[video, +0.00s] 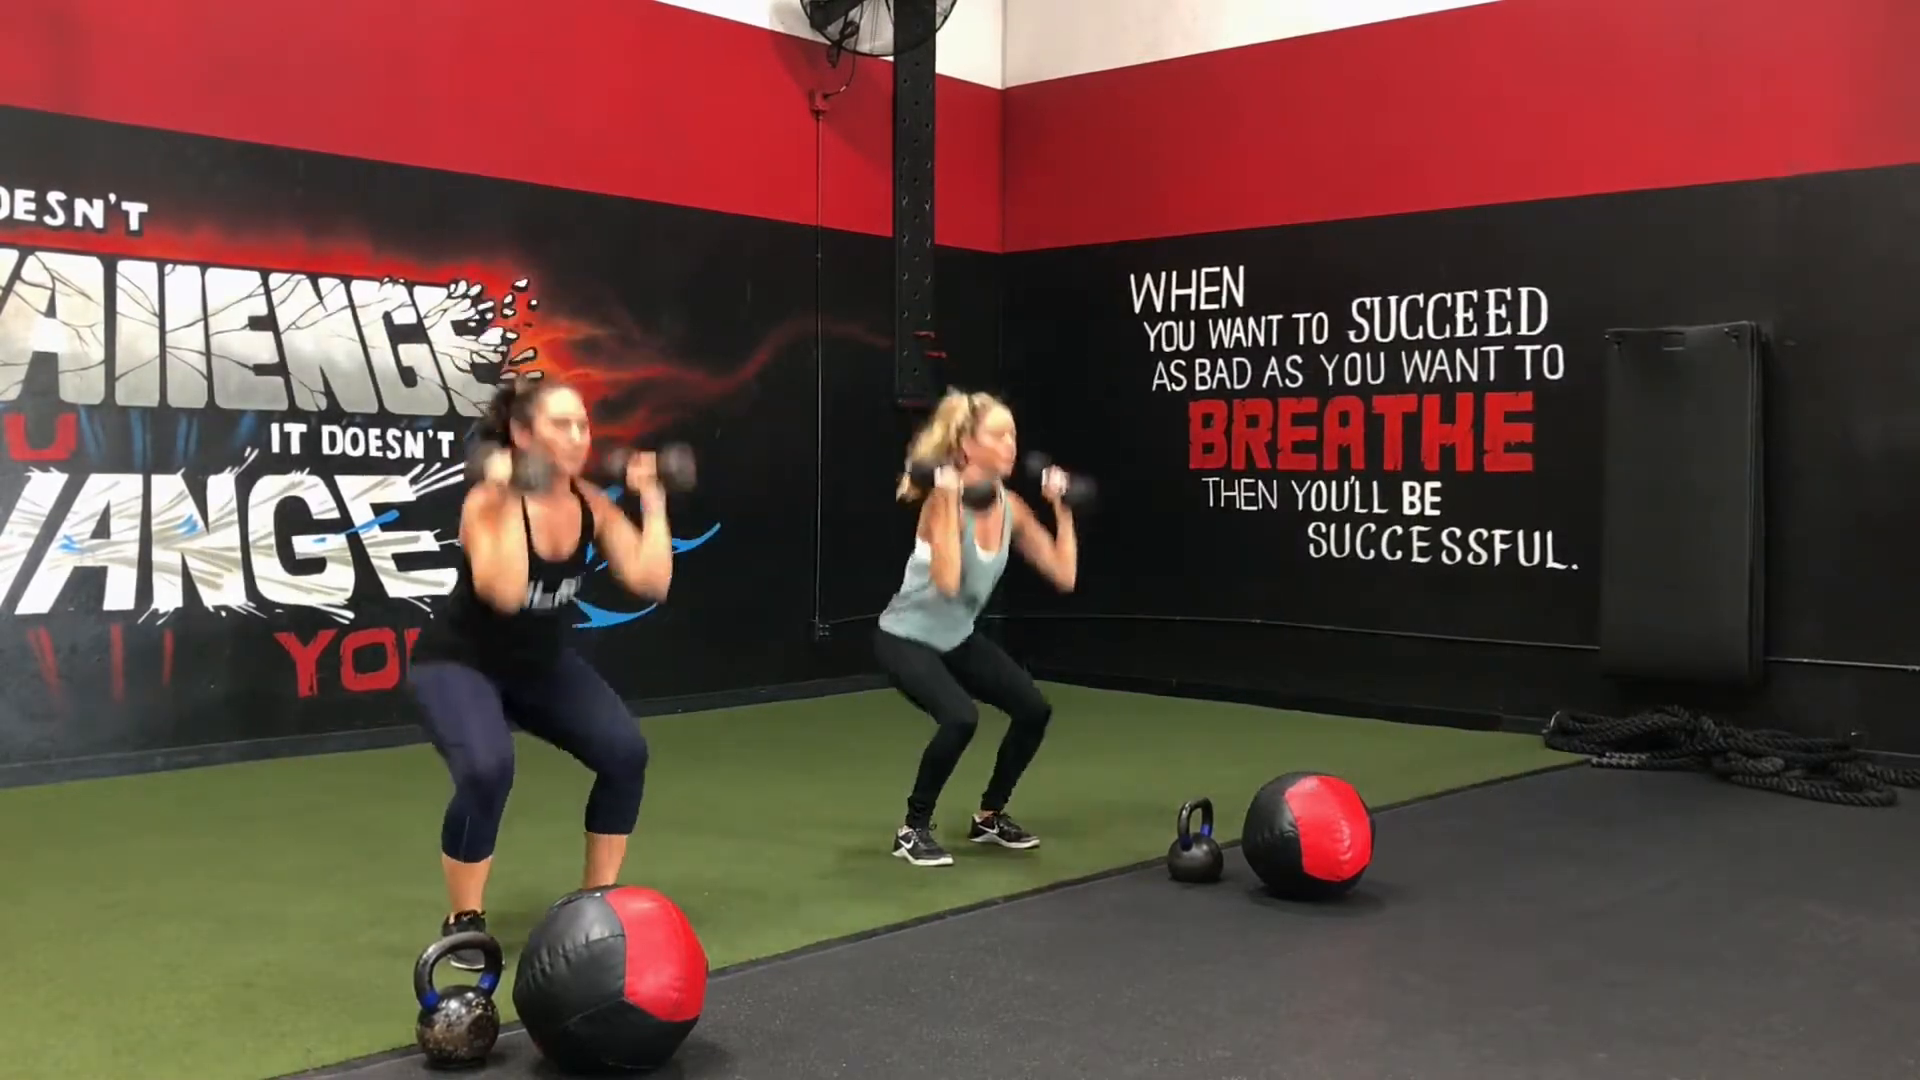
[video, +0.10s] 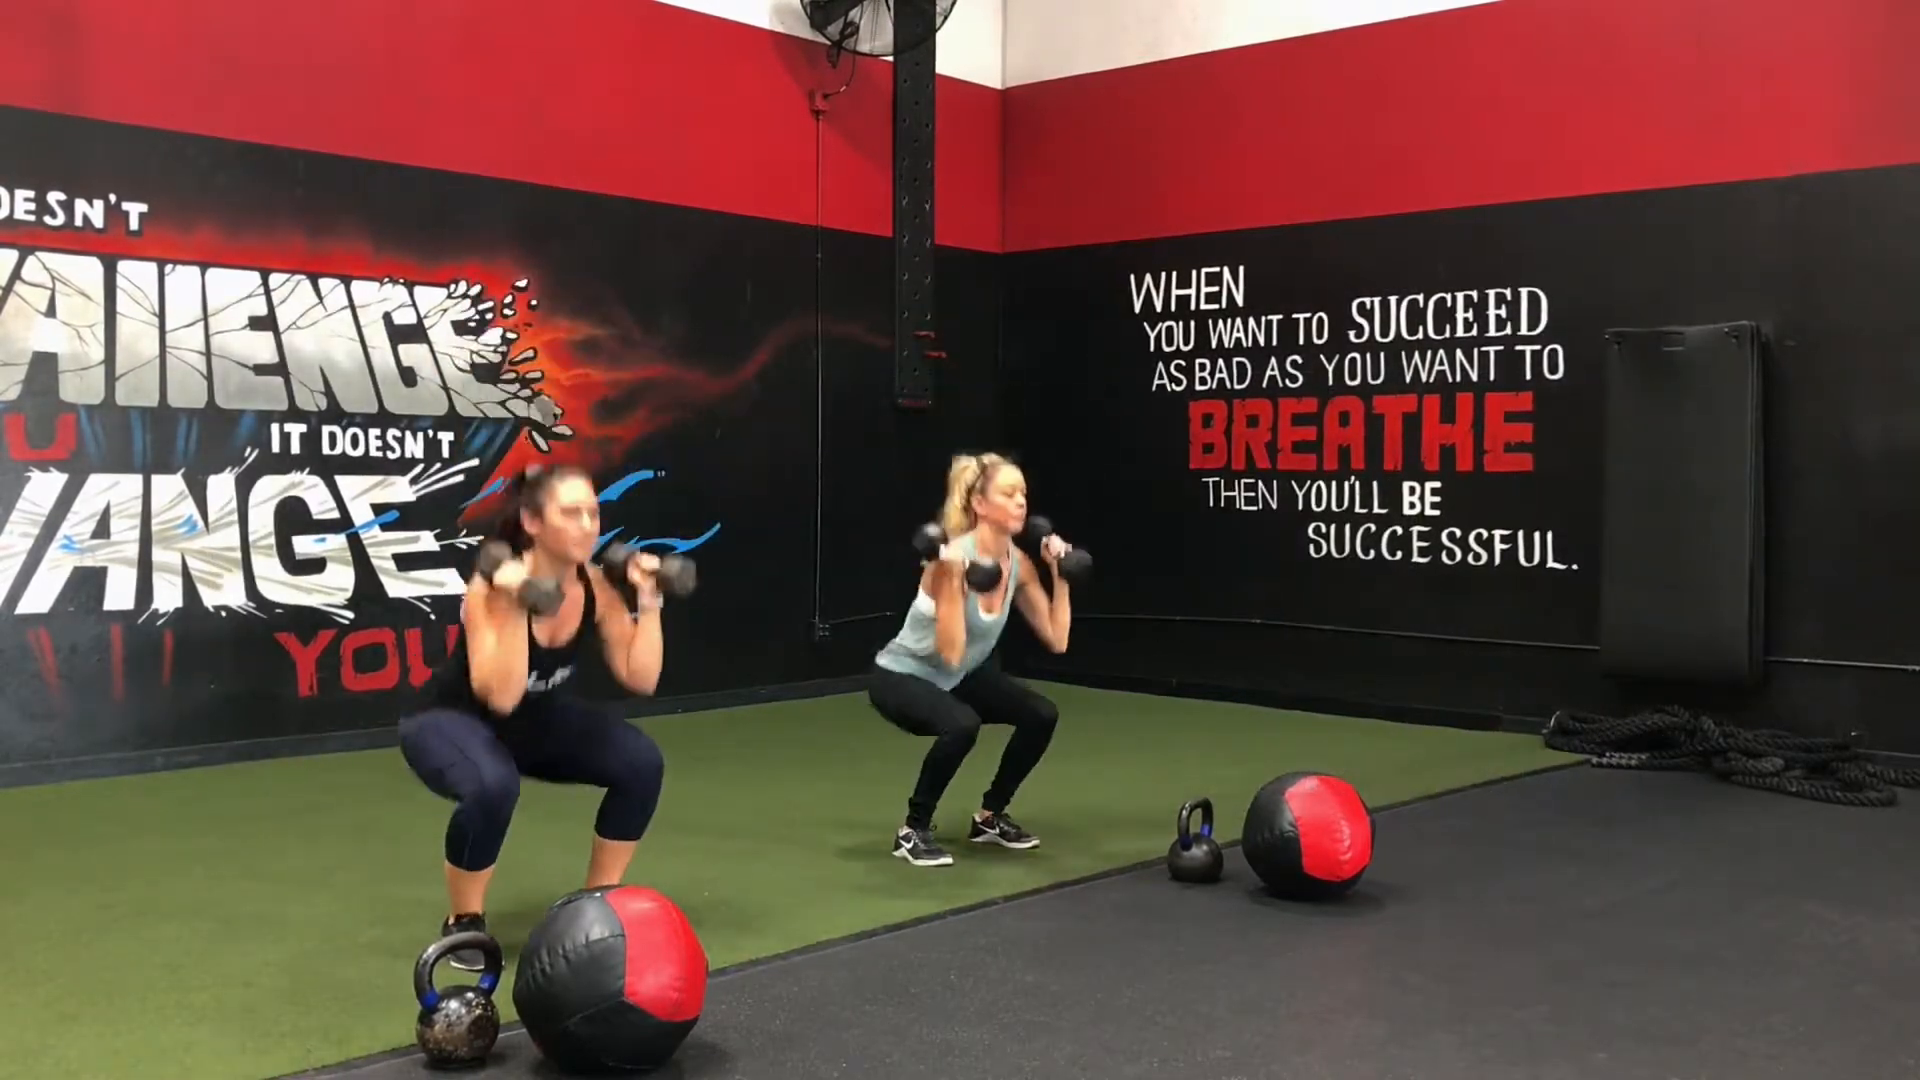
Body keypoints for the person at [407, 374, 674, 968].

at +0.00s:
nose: (579, 436)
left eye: (582, 424)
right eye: (563, 425)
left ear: (589, 432)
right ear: (521, 434)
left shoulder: (590, 503)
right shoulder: (489, 501)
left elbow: (651, 582)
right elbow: (505, 593)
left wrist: (652, 497)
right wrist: (506, 495)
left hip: (541, 663)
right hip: (458, 662)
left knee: (625, 752)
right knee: (487, 768)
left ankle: (594, 906)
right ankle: (465, 925)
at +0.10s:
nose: (589, 525)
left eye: (593, 513)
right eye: (573, 513)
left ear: (600, 519)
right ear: (532, 524)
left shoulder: (595, 581)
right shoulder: (493, 582)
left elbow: (641, 678)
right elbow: (501, 694)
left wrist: (648, 600)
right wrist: (513, 600)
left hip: (534, 717)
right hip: (451, 718)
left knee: (640, 763)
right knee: (493, 785)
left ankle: (597, 908)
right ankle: (465, 925)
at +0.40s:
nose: (579, 437)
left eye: (583, 426)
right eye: (564, 426)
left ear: (589, 434)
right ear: (521, 434)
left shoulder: (594, 497)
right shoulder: (489, 499)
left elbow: (660, 572)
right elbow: (515, 586)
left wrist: (650, 487)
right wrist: (512, 489)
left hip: (543, 665)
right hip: (462, 666)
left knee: (634, 759)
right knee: (491, 773)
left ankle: (595, 908)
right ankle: (465, 925)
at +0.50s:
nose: (559, 344)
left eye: (565, 333)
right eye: (545, 332)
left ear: (571, 340)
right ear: (509, 338)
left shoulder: (583, 407)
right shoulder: (472, 409)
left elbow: (667, 426)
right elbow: (510, 425)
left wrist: (639, 342)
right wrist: (499, 332)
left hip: (563, 607)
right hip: (484, 609)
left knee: (606, 740)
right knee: (491, 751)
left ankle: (598, 909)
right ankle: (465, 923)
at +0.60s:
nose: (553, 326)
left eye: (559, 316)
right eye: (537, 314)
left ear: (567, 327)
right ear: (499, 321)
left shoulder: (577, 385)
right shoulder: (477, 389)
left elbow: (640, 318)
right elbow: (499, 305)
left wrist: (626, 224)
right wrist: (494, 204)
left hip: (578, 605)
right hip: (498, 606)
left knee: (582, 750)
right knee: (486, 756)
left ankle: (599, 904)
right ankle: (464, 920)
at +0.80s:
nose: (543, 329)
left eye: (550, 318)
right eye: (529, 317)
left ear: (558, 328)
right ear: (499, 327)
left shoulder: (574, 396)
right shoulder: (475, 403)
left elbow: (661, 381)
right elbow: (490, 365)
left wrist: (636, 297)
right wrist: (485, 274)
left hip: (580, 608)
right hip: (499, 611)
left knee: (585, 753)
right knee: (487, 761)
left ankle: (598, 905)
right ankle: (465, 922)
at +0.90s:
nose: (555, 331)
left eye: (561, 319)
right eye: (538, 320)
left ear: (568, 331)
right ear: (499, 331)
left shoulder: (581, 411)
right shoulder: (479, 406)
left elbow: (646, 487)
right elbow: (491, 484)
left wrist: (636, 406)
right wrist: (488, 391)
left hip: (583, 611)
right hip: (503, 613)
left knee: (590, 753)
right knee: (486, 762)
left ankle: (597, 906)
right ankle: (464, 921)